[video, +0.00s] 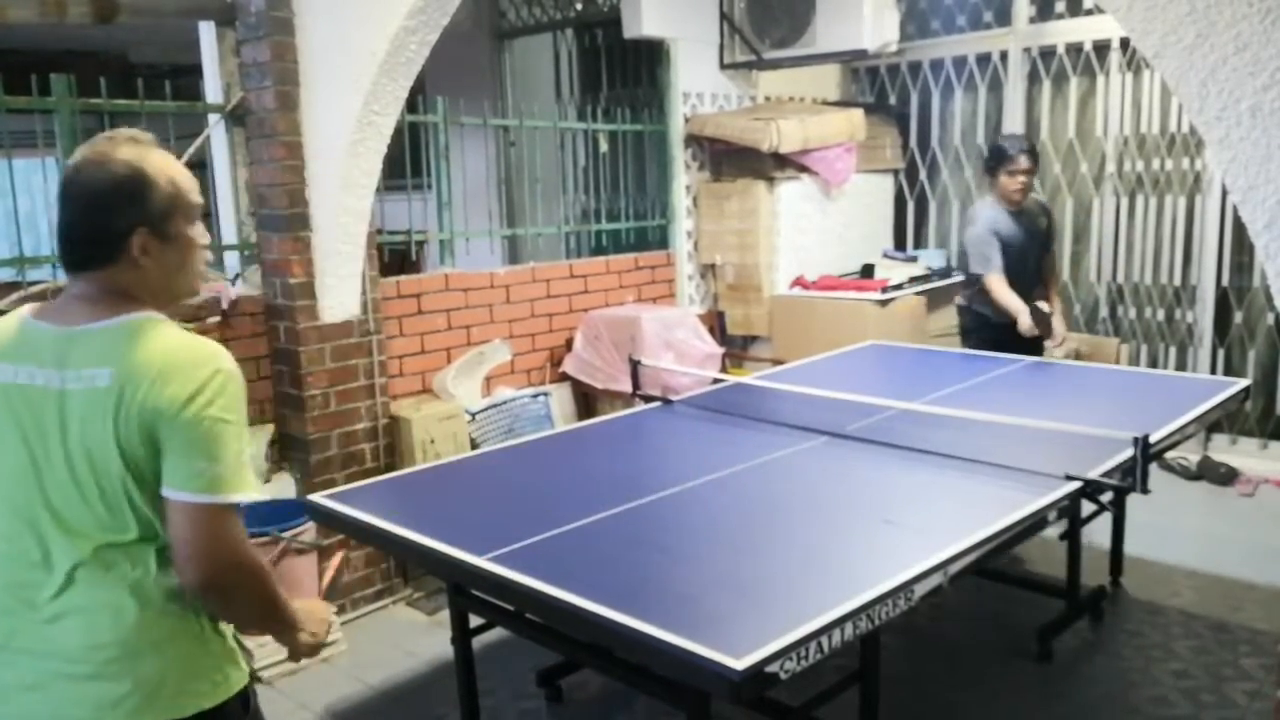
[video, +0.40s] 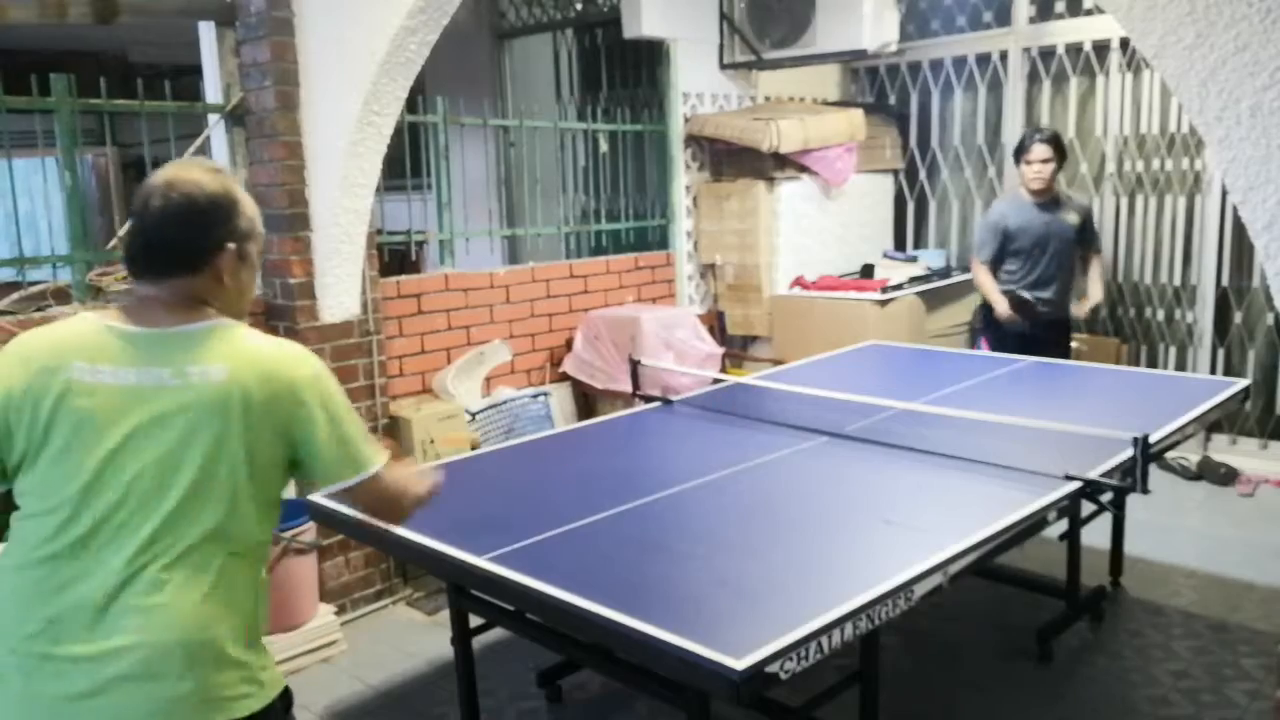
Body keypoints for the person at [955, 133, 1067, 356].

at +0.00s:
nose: (1022, 181)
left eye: (1028, 173)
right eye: (1012, 174)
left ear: (1035, 175)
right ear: (992, 176)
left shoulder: (1040, 212)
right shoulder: (983, 218)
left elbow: (1048, 269)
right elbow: (992, 279)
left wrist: (1056, 312)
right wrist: (1022, 312)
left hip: (1029, 319)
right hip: (986, 319)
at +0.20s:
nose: (1033, 177)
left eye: (1041, 169)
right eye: (1023, 170)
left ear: (1051, 170)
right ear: (1009, 173)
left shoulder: (1064, 217)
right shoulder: (997, 217)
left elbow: (1067, 274)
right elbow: (993, 279)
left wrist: (1068, 318)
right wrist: (1025, 317)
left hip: (1047, 327)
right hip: (1000, 327)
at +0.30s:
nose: (1036, 174)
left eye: (1045, 166)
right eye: (1028, 167)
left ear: (1057, 168)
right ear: (1016, 170)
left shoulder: (1073, 216)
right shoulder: (1001, 215)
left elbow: (1080, 271)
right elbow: (988, 275)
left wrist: (1082, 314)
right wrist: (1016, 312)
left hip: (1052, 323)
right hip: (1001, 321)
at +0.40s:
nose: (1037, 170)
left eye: (1046, 162)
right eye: (1029, 163)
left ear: (1059, 164)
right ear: (1018, 166)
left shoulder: (1078, 212)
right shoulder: (1001, 212)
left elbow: (1091, 254)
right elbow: (979, 266)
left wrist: (1094, 295)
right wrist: (1000, 305)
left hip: (1054, 323)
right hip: (1008, 321)